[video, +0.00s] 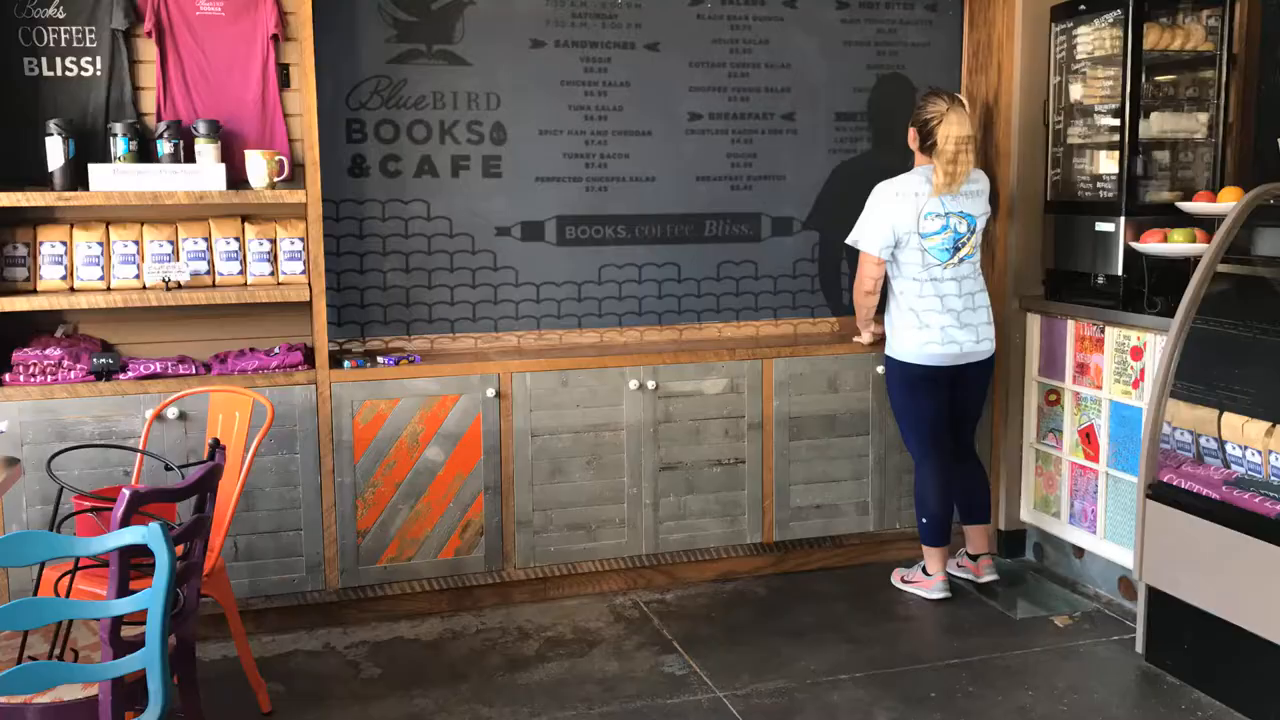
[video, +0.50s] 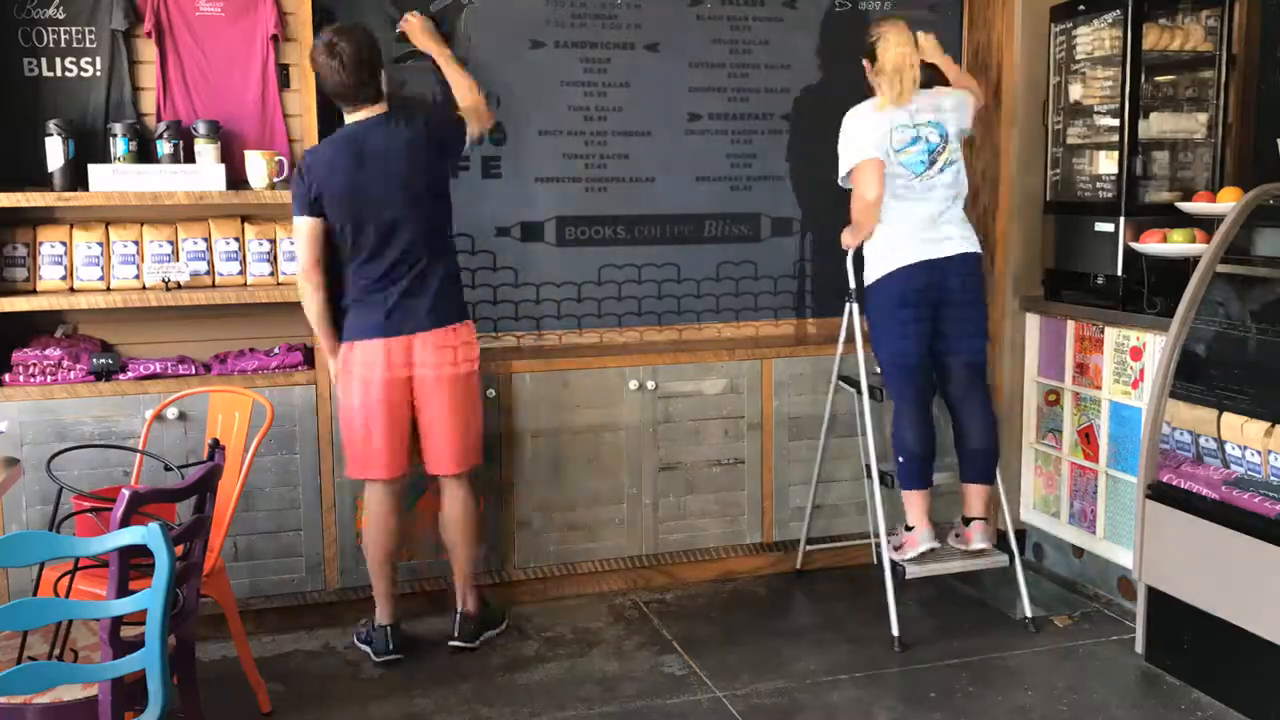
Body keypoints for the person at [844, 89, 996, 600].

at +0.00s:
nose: (904, 132)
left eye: (907, 126)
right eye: (912, 124)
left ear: (913, 136)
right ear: (958, 136)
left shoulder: (891, 194)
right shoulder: (979, 185)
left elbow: (869, 280)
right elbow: (972, 249)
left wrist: (866, 326)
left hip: (917, 351)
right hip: (977, 347)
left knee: (929, 456)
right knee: (962, 446)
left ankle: (933, 572)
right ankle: (981, 557)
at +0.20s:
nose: (833, 93)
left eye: (834, 84)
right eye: (837, 82)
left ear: (840, 87)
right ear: (883, 79)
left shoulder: (852, 137)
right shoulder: (910, 118)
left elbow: (882, 211)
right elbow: (879, 88)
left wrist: (856, 232)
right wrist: (864, 40)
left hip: (911, 275)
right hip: (969, 265)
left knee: (923, 405)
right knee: (972, 398)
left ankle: (943, 538)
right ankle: (979, 535)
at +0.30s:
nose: (850, 91)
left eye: (852, 83)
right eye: (861, 82)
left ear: (859, 86)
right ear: (899, 83)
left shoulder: (857, 127)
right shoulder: (920, 117)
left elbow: (871, 195)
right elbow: (902, 83)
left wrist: (858, 230)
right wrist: (891, 36)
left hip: (905, 274)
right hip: (966, 265)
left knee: (915, 405)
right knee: (972, 398)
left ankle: (913, 535)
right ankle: (979, 533)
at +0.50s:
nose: (865, 68)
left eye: (864, 61)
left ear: (869, 65)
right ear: (916, 61)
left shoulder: (862, 119)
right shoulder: (948, 104)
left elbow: (869, 200)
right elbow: (974, 94)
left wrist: (854, 233)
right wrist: (939, 59)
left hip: (899, 270)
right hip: (962, 263)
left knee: (908, 397)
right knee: (968, 384)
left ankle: (919, 528)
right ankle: (978, 523)